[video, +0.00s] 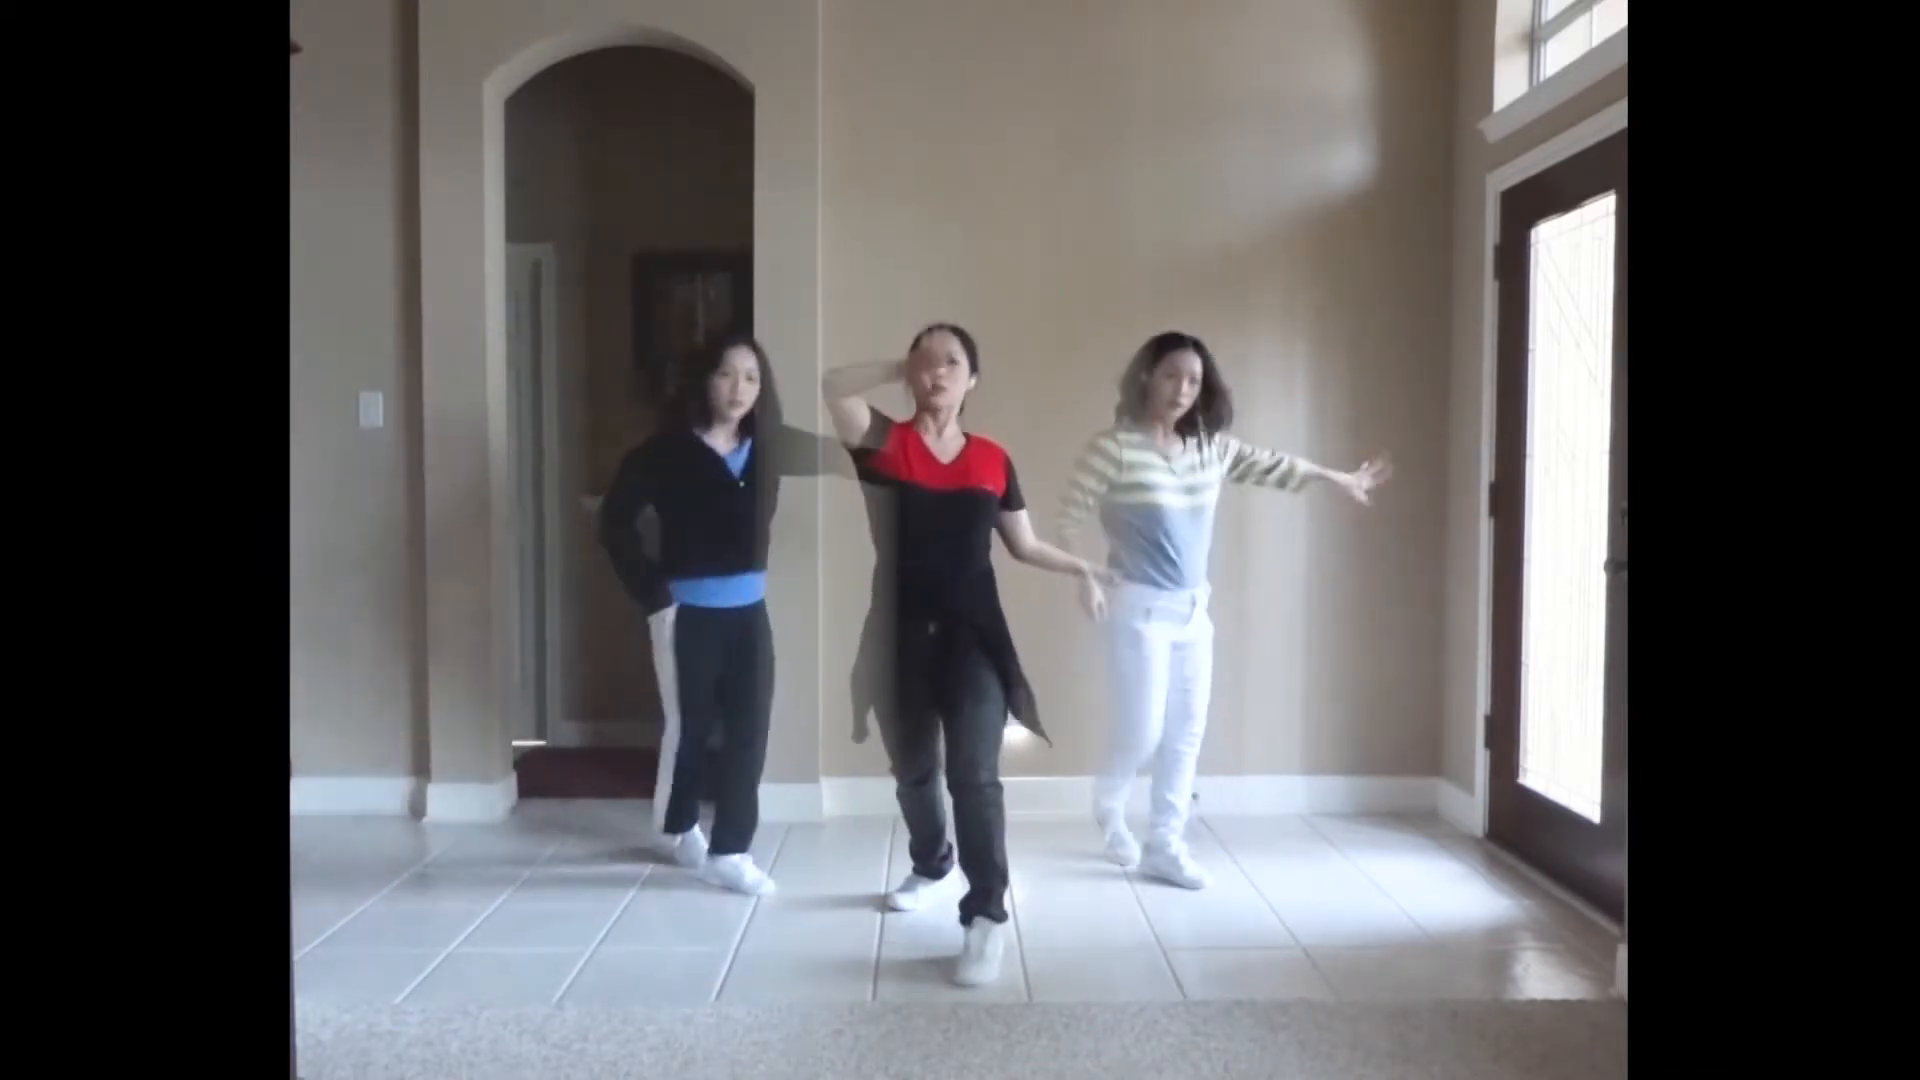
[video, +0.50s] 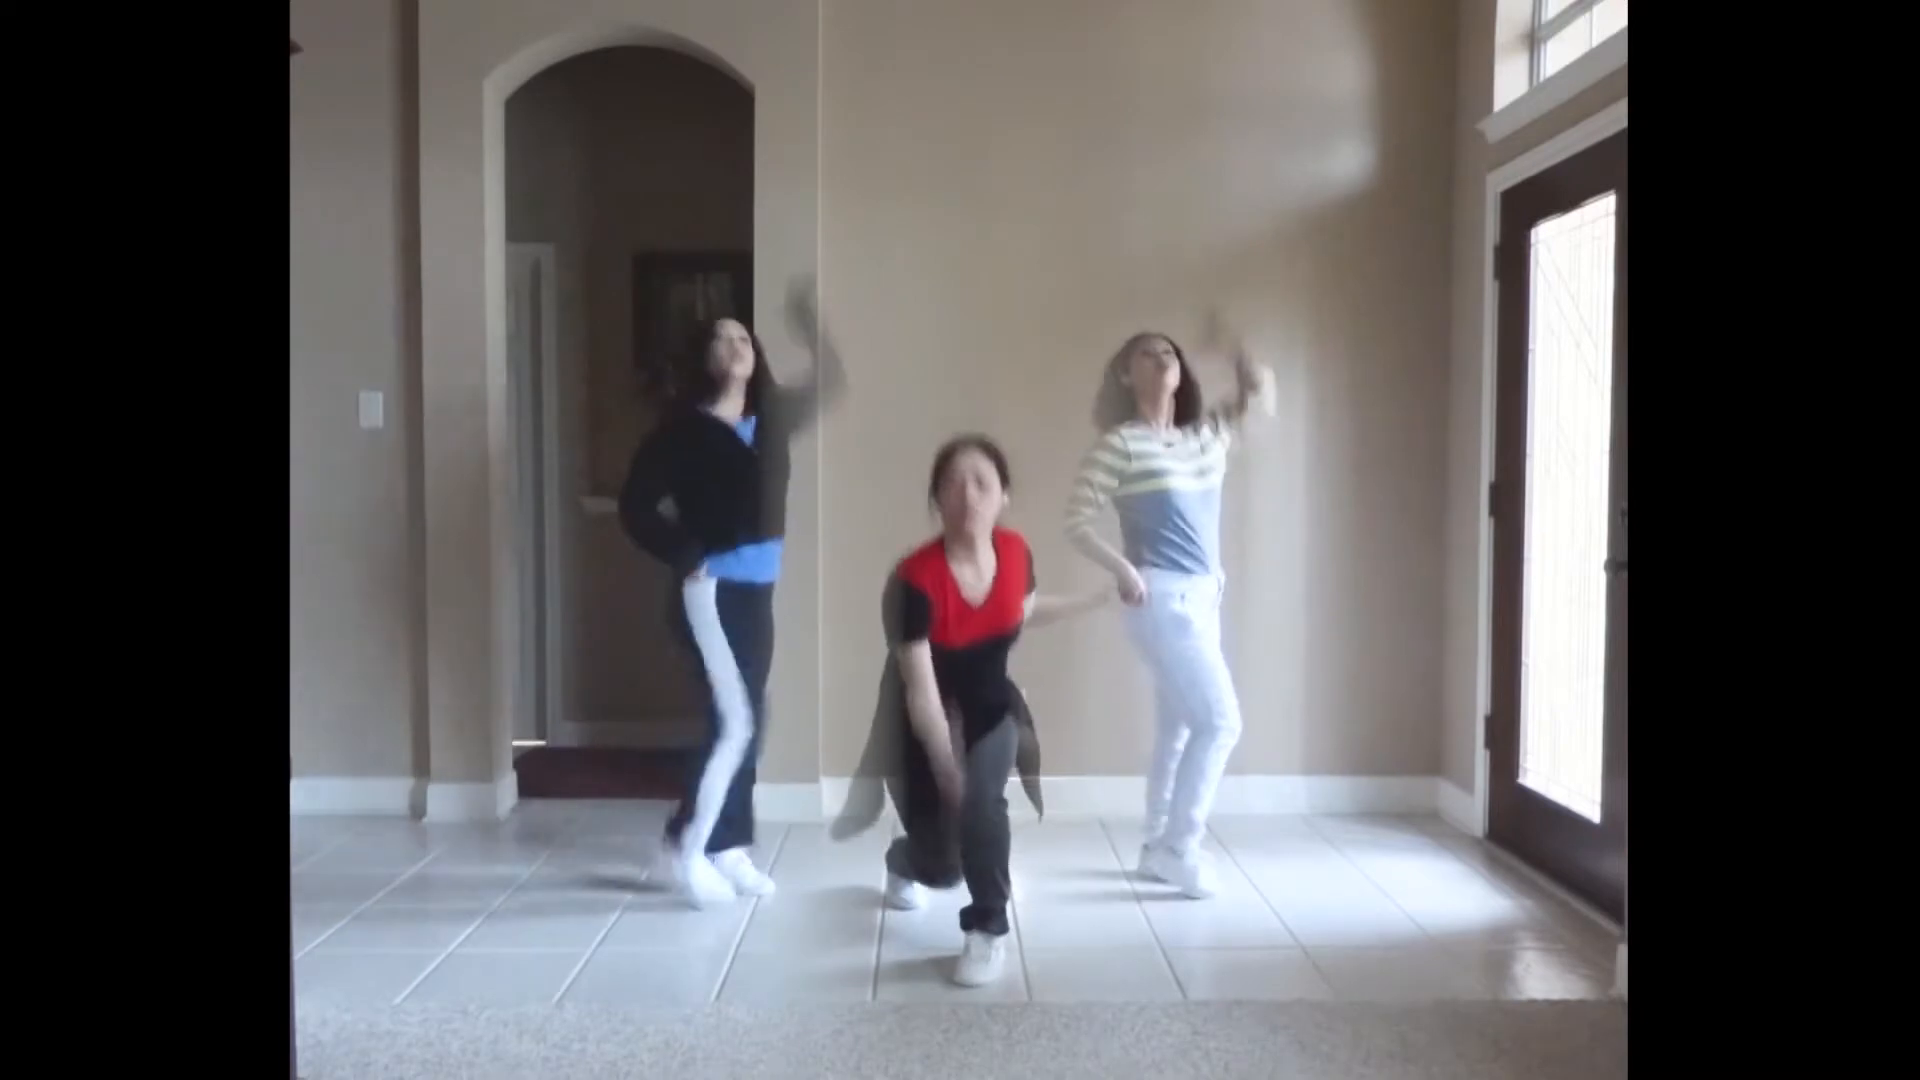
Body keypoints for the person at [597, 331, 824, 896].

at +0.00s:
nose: (739, 388)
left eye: (750, 377)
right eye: (727, 376)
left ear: (762, 388)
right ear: (703, 382)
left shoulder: (769, 446)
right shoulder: (665, 451)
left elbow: (847, 457)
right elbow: (614, 524)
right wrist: (654, 595)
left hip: (749, 608)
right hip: (688, 610)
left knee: (748, 733)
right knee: (694, 728)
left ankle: (730, 848)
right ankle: (680, 825)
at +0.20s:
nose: (746, 403)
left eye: (758, 393)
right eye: (736, 389)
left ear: (767, 402)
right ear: (710, 390)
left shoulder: (762, 459)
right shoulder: (670, 456)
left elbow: (819, 502)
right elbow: (627, 530)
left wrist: (883, 487)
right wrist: (667, 604)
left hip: (756, 611)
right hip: (703, 617)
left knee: (770, 739)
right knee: (741, 748)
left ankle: (735, 853)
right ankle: (671, 765)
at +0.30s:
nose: (747, 412)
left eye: (759, 404)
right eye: (737, 398)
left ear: (768, 412)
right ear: (711, 398)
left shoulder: (756, 472)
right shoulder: (670, 463)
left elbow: (788, 545)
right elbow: (629, 535)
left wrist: (812, 510)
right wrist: (671, 605)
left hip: (756, 619)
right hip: (702, 623)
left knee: (774, 739)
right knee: (774, 738)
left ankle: (737, 857)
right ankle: (678, 739)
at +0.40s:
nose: (744, 386)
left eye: (754, 377)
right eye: (733, 374)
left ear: (765, 389)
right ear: (710, 381)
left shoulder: (764, 457)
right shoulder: (676, 455)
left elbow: (813, 500)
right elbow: (629, 526)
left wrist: (795, 445)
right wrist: (672, 584)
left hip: (753, 609)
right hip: (703, 613)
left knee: (758, 733)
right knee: (780, 725)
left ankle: (735, 856)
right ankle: (681, 776)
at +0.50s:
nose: (736, 348)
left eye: (743, 341)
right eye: (723, 341)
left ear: (755, 356)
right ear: (706, 359)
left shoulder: (769, 415)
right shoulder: (685, 426)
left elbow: (825, 389)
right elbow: (636, 508)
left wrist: (812, 330)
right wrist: (682, 556)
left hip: (757, 582)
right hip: (709, 584)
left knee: (748, 718)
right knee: (736, 720)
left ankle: (731, 845)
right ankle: (685, 845)